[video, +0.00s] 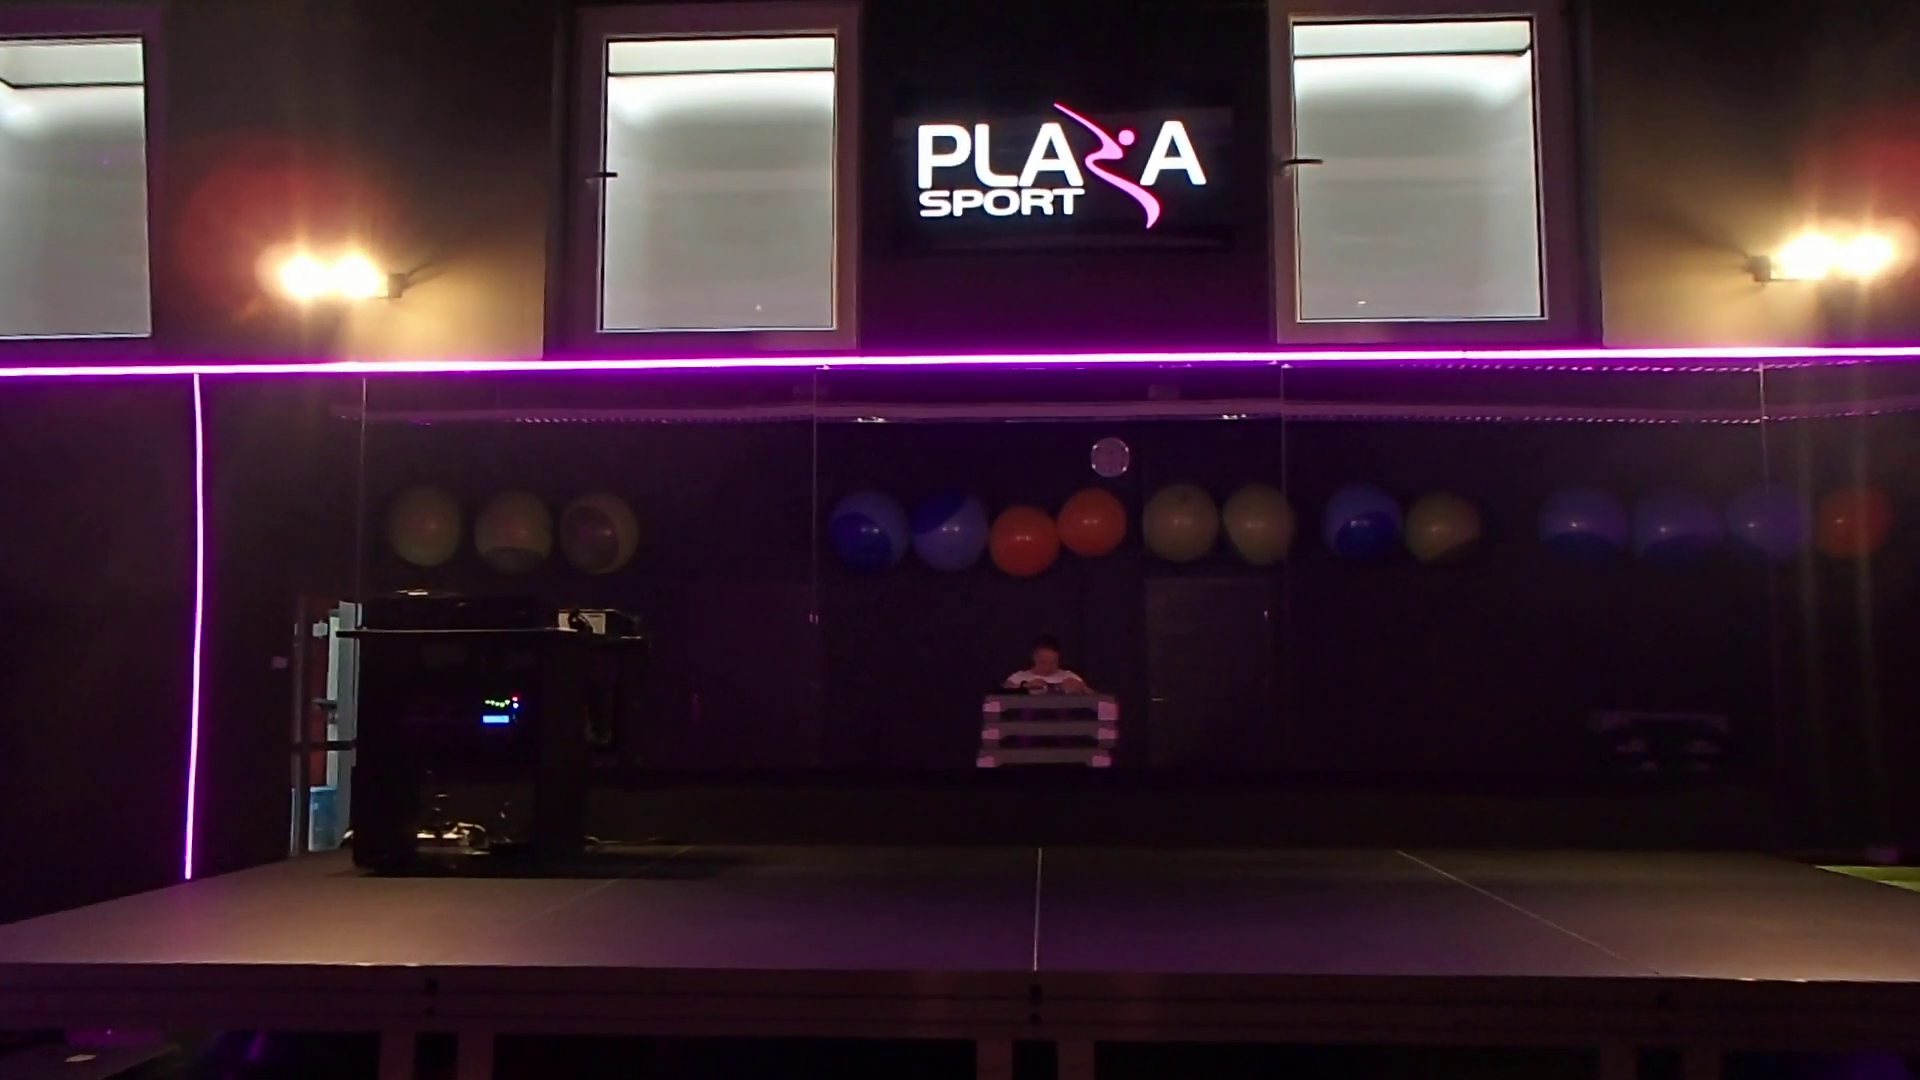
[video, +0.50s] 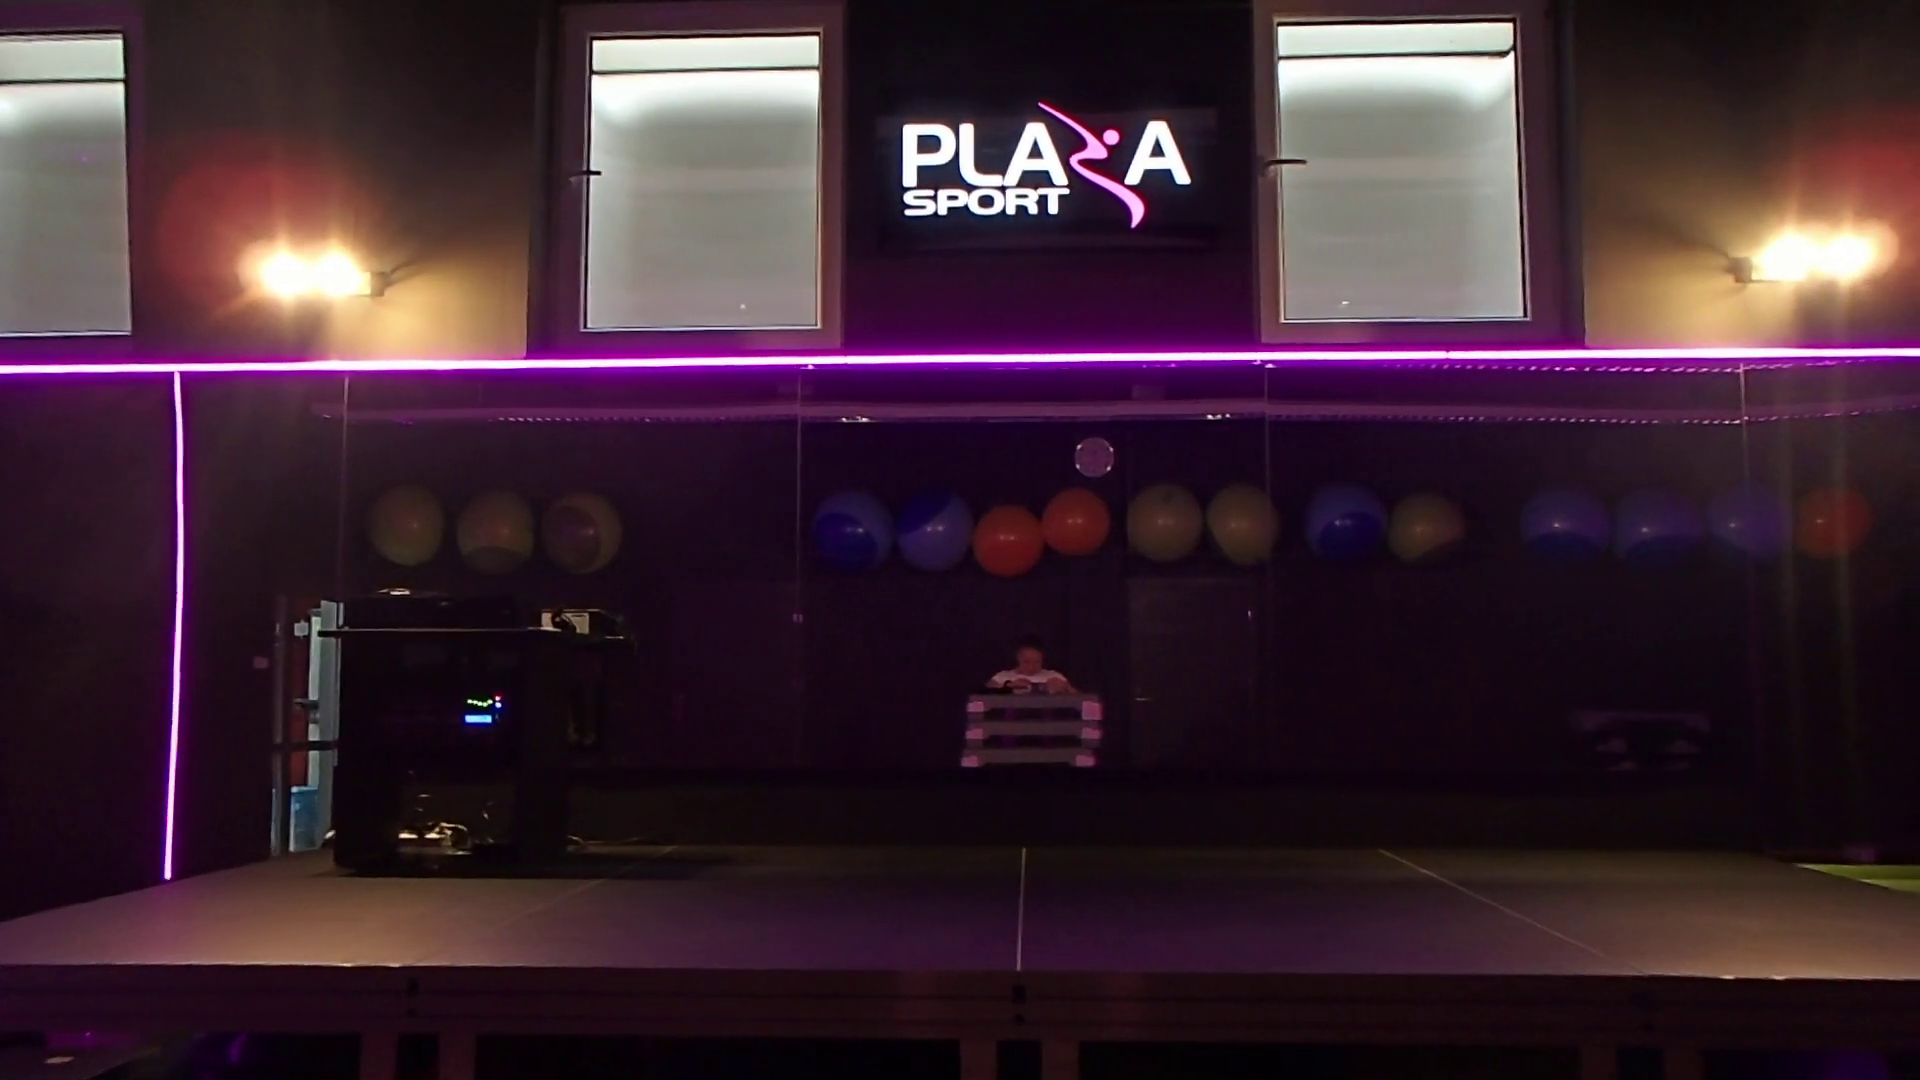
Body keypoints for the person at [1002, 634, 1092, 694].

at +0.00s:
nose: (1047, 666)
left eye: (1052, 662)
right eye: (1042, 662)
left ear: (1058, 660)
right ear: (1034, 659)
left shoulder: (1068, 677)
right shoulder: (1020, 677)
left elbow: (1092, 697)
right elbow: (1004, 692)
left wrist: (1080, 689)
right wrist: (1025, 687)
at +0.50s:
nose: (1031, 666)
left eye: (1035, 661)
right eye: (1026, 661)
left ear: (1041, 660)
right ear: (1019, 659)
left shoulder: (1052, 677)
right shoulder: (1004, 676)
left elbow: (1077, 697)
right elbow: (987, 691)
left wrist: (1064, 689)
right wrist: (1010, 686)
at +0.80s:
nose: (1010, 668)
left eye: (1015, 664)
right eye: (1005, 663)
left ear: (1021, 663)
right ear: (998, 662)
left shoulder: (1032, 678)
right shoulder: (983, 678)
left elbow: (1057, 700)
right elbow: (966, 693)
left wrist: (1043, 689)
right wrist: (989, 687)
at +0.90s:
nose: (1003, 669)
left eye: (1007, 664)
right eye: (998, 664)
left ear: (1012, 664)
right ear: (990, 664)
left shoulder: (1024, 679)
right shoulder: (976, 679)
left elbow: (1049, 701)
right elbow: (958, 694)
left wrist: (1033, 690)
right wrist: (981, 688)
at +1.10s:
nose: (976, 673)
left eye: (980, 669)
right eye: (972, 669)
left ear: (986, 669)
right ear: (965, 669)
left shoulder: (998, 684)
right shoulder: (950, 684)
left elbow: (1022, 705)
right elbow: (934, 698)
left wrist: (1007, 695)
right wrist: (956, 694)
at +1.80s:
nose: (965, 672)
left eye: (969, 667)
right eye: (961, 668)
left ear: (975, 667)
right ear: (953, 668)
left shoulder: (987, 685)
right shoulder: (939, 685)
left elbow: (1011, 706)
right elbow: (922, 700)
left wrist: (998, 696)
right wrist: (943, 691)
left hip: (980, 724)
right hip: (947, 724)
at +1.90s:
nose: (961, 669)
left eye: (965, 665)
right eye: (956, 665)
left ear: (971, 665)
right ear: (950, 665)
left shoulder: (981, 684)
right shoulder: (938, 683)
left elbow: (1005, 705)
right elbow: (915, 701)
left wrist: (1004, 690)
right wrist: (933, 690)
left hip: (976, 724)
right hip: (944, 724)